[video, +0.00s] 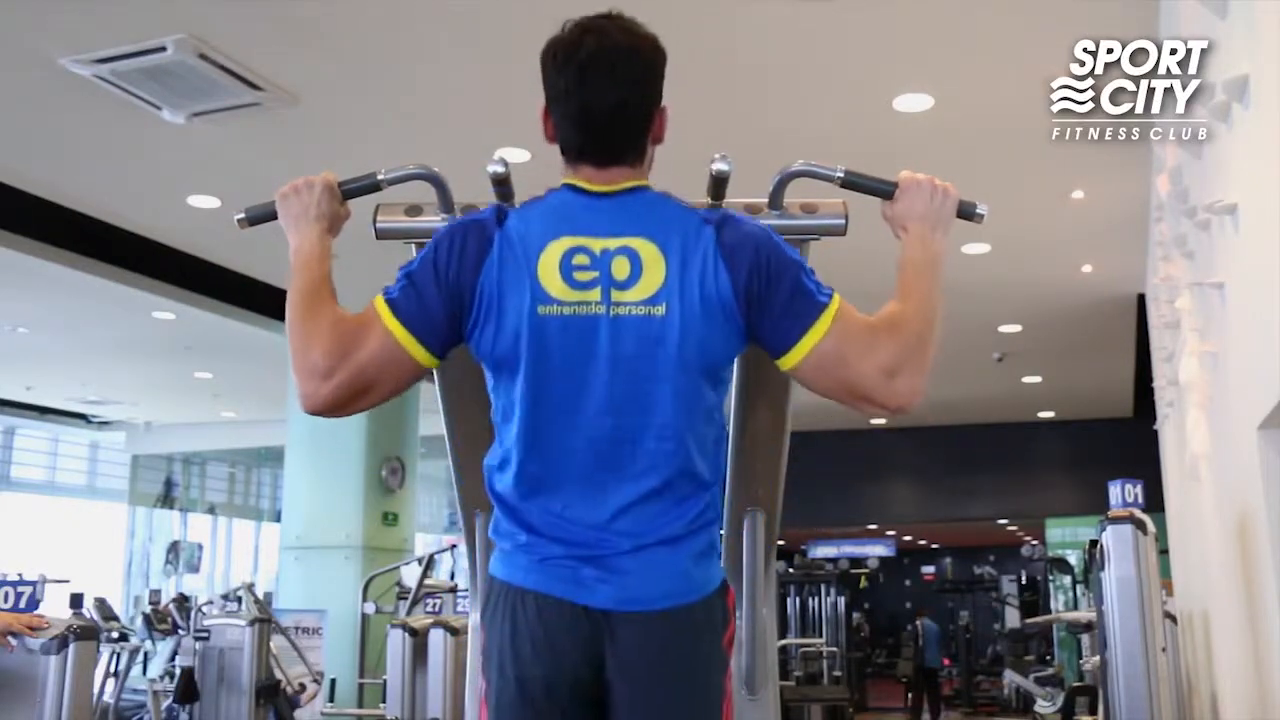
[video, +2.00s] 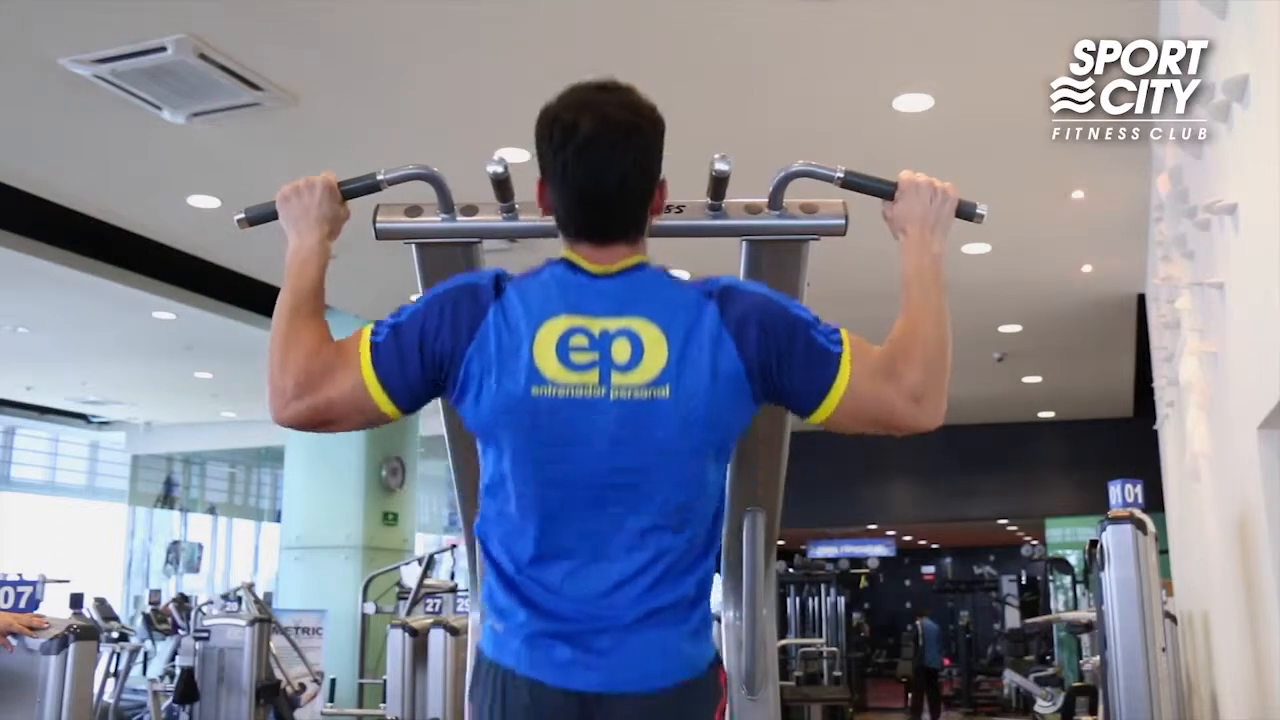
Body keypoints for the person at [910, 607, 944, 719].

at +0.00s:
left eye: (917, 616)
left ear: (917, 615)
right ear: (927, 615)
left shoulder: (917, 625)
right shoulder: (935, 626)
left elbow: (917, 644)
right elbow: (938, 645)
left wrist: (914, 658)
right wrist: (938, 660)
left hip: (920, 663)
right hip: (934, 664)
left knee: (917, 692)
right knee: (933, 691)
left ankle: (916, 714)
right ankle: (935, 715)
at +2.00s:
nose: (915, 618)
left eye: (916, 615)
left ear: (917, 615)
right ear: (928, 614)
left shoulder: (917, 626)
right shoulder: (935, 627)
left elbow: (917, 644)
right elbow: (938, 645)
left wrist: (914, 659)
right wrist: (938, 658)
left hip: (921, 663)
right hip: (934, 664)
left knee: (918, 692)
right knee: (934, 691)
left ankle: (916, 715)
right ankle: (935, 715)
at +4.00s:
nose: (916, 618)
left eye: (916, 616)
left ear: (917, 615)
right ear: (928, 614)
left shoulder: (917, 625)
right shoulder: (935, 627)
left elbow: (917, 644)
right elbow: (938, 645)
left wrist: (914, 659)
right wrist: (939, 659)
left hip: (921, 664)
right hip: (934, 664)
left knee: (918, 692)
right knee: (933, 691)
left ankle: (916, 715)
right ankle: (935, 715)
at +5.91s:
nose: (916, 618)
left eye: (916, 616)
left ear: (917, 615)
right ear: (927, 614)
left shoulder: (917, 625)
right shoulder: (935, 627)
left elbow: (916, 644)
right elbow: (938, 645)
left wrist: (914, 659)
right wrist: (939, 659)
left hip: (921, 664)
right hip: (934, 664)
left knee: (918, 692)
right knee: (933, 692)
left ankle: (916, 715)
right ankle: (935, 715)